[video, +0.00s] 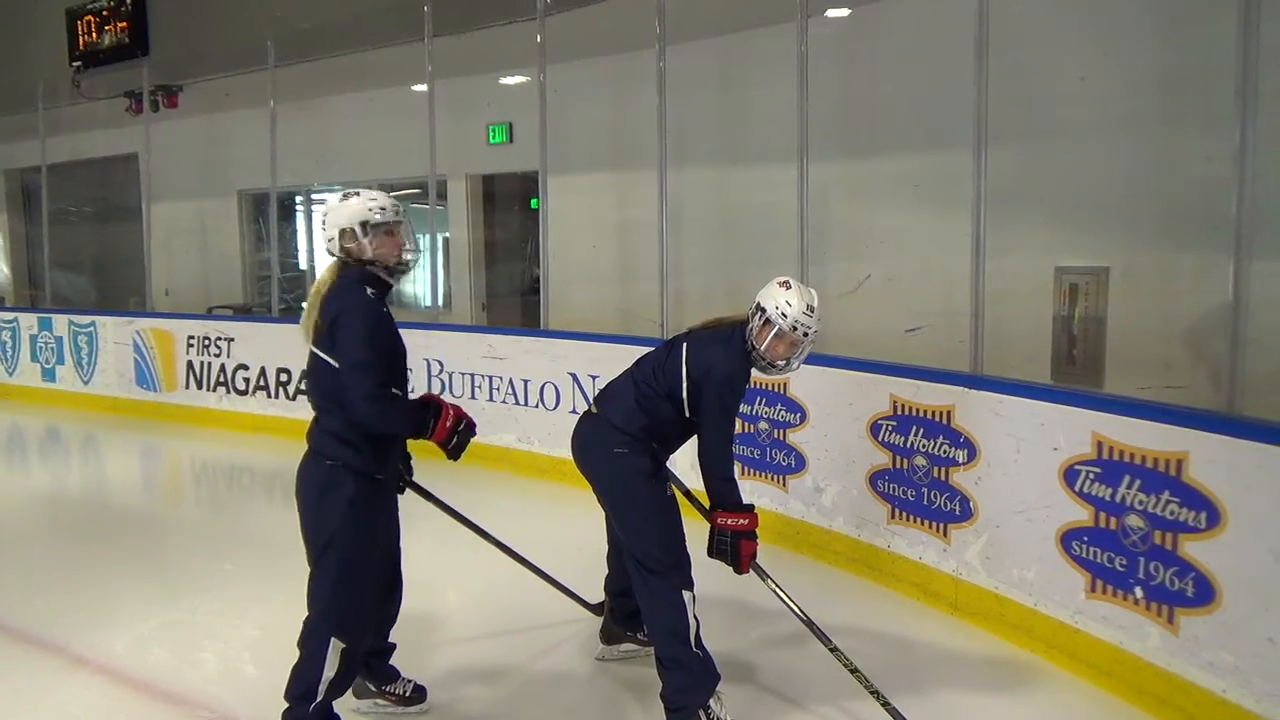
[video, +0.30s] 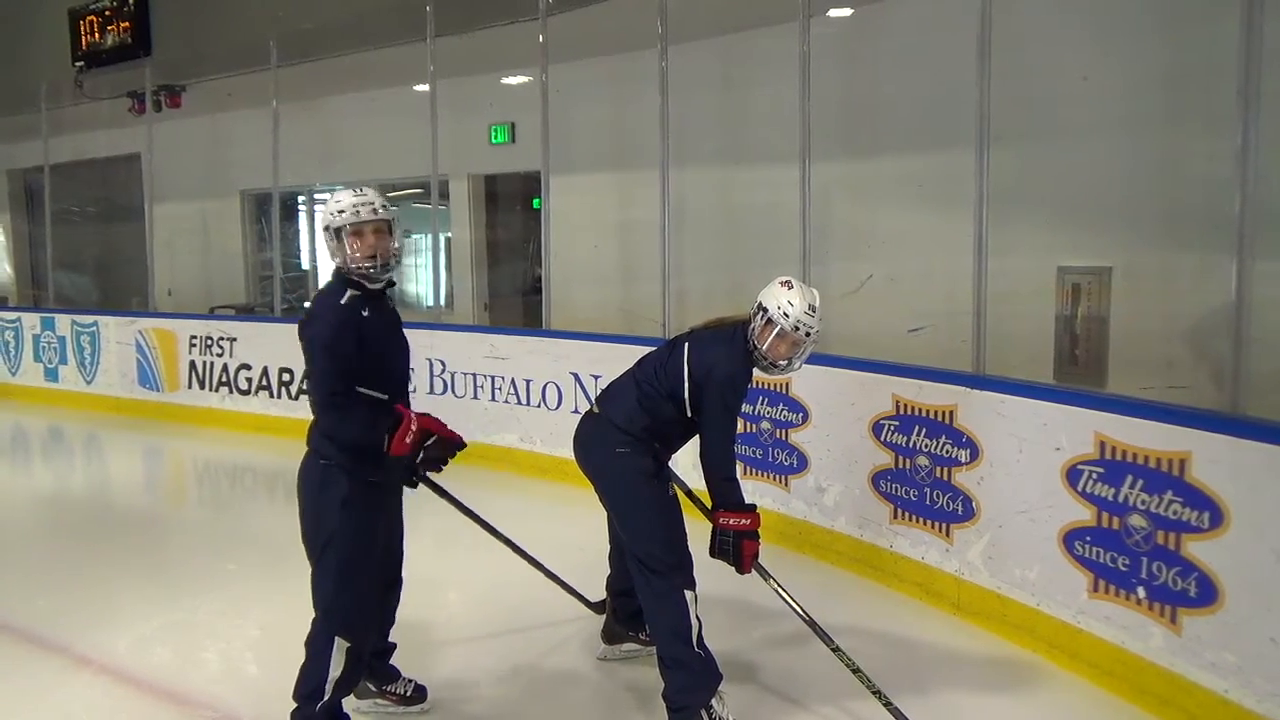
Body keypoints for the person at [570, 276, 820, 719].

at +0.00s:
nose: (776, 348)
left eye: (790, 342)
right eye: (773, 334)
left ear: (803, 346)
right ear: (757, 320)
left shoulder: (725, 341)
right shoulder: (726, 363)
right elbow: (715, 448)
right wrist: (733, 517)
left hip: (604, 435)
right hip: (621, 446)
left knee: (631, 535)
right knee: (666, 570)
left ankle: (622, 623)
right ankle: (690, 703)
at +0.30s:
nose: (777, 347)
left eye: (791, 342)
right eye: (773, 333)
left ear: (804, 346)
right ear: (758, 320)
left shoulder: (727, 341)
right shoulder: (727, 363)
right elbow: (717, 449)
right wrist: (735, 517)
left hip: (606, 434)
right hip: (623, 446)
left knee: (633, 533)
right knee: (667, 569)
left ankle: (624, 623)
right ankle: (692, 703)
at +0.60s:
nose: (780, 347)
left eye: (793, 341)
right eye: (776, 333)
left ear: (806, 345)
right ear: (761, 320)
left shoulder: (730, 340)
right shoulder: (730, 363)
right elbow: (719, 449)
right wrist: (737, 517)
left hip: (608, 434)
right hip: (625, 446)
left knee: (636, 533)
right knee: (670, 569)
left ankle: (626, 624)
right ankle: (694, 703)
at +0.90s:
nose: (782, 347)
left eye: (795, 341)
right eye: (778, 333)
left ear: (809, 346)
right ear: (762, 320)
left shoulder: (733, 340)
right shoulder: (733, 363)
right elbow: (722, 449)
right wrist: (739, 519)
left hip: (611, 434)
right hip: (627, 446)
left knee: (638, 535)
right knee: (672, 569)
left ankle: (628, 625)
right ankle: (696, 703)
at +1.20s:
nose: (786, 348)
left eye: (799, 342)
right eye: (782, 334)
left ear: (812, 346)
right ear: (765, 321)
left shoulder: (735, 341)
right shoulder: (735, 364)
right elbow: (723, 449)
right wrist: (741, 519)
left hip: (612, 435)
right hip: (629, 446)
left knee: (639, 535)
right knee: (674, 569)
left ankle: (630, 625)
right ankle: (698, 703)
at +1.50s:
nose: (787, 348)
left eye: (800, 342)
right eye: (783, 334)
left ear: (813, 346)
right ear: (767, 322)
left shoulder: (737, 341)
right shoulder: (736, 364)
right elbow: (725, 450)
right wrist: (742, 518)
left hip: (614, 435)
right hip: (631, 446)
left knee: (640, 535)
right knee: (676, 569)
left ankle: (632, 625)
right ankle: (700, 703)